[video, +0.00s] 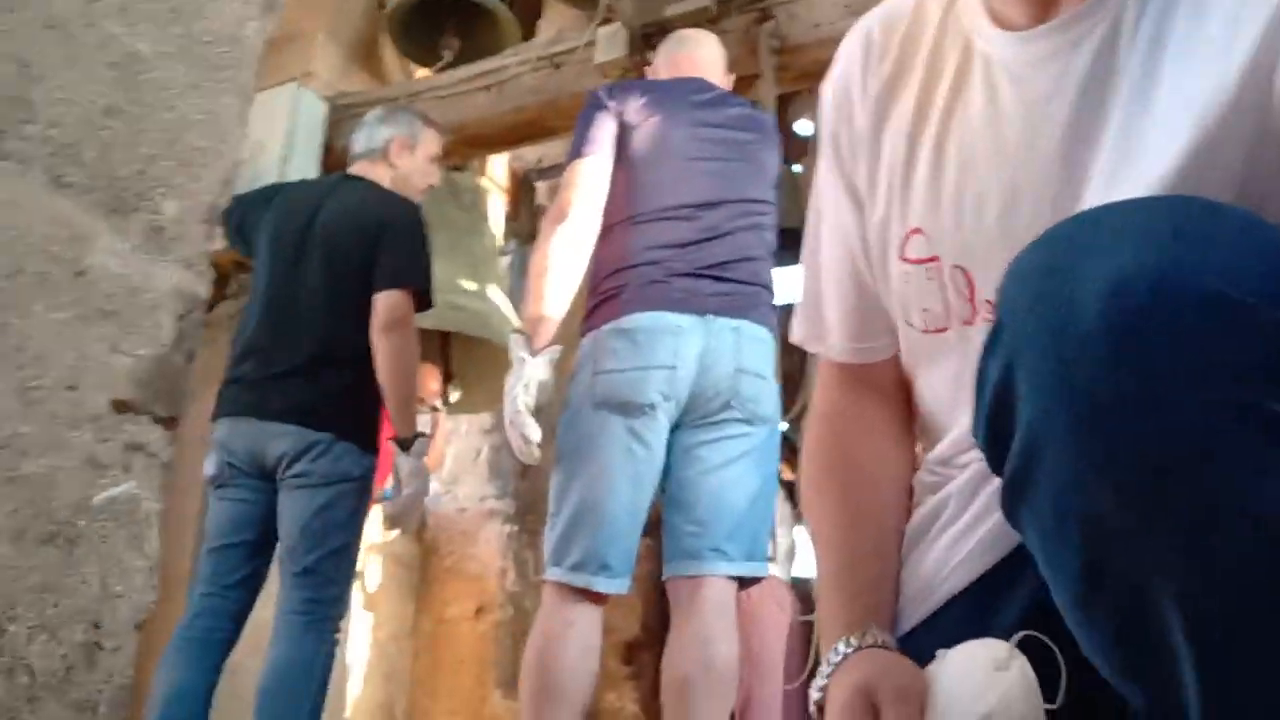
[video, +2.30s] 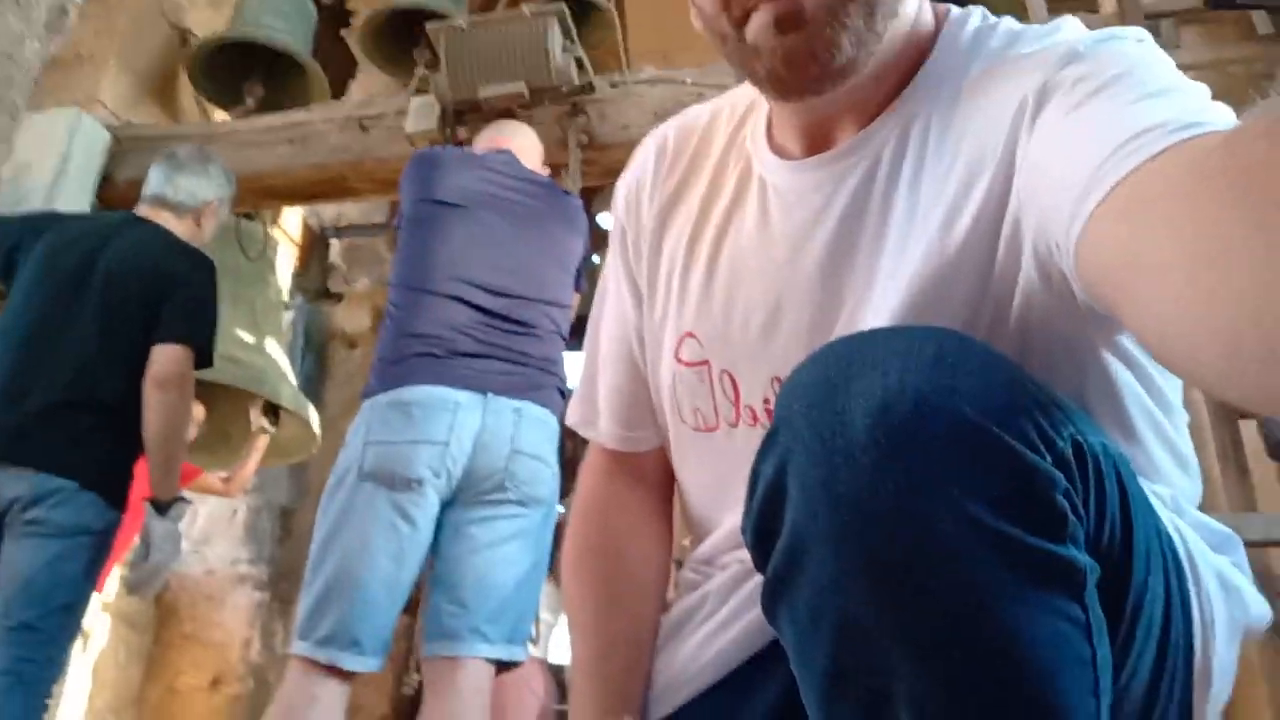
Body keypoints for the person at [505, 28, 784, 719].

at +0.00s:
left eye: (651, 69)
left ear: (651, 69)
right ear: (729, 83)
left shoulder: (618, 101)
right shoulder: (765, 128)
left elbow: (574, 216)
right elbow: (754, 237)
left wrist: (533, 349)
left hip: (638, 333)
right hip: (747, 342)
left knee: (578, 588)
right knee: (708, 587)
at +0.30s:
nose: (575, 114)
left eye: (576, 106)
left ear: (581, 107)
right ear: (658, 120)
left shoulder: (547, 139)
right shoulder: (695, 171)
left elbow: (495, 268)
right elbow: (701, 294)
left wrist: (468, 375)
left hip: (565, 372)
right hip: (676, 382)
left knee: (501, 623)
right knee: (634, 621)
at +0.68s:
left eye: (518, 94)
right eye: (592, 108)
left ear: (514, 97)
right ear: (592, 113)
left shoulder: (468, 135)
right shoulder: (622, 175)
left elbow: (387, 267)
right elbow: (623, 297)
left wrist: (438, 271)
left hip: (484, 370)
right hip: (594, 388)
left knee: (410, 628)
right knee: (544, 630)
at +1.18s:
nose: (469, 103)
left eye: (469, 94)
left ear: (472, 97)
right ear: (552, 115)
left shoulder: (422, 138)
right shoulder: (577, 185)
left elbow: (403, 231)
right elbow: (572, 305)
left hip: (423, 374)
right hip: (536, 394)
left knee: (346, 632)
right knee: (485, 629)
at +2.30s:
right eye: (542, 160)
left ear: (470, 148)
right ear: (545, 170)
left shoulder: (430, 167)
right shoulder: (572, 215)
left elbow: (413, 233)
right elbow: (562, 304)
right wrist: (541, 182)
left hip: (417, 402)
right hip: (530, 424)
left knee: (326, 659)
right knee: (466, 656)